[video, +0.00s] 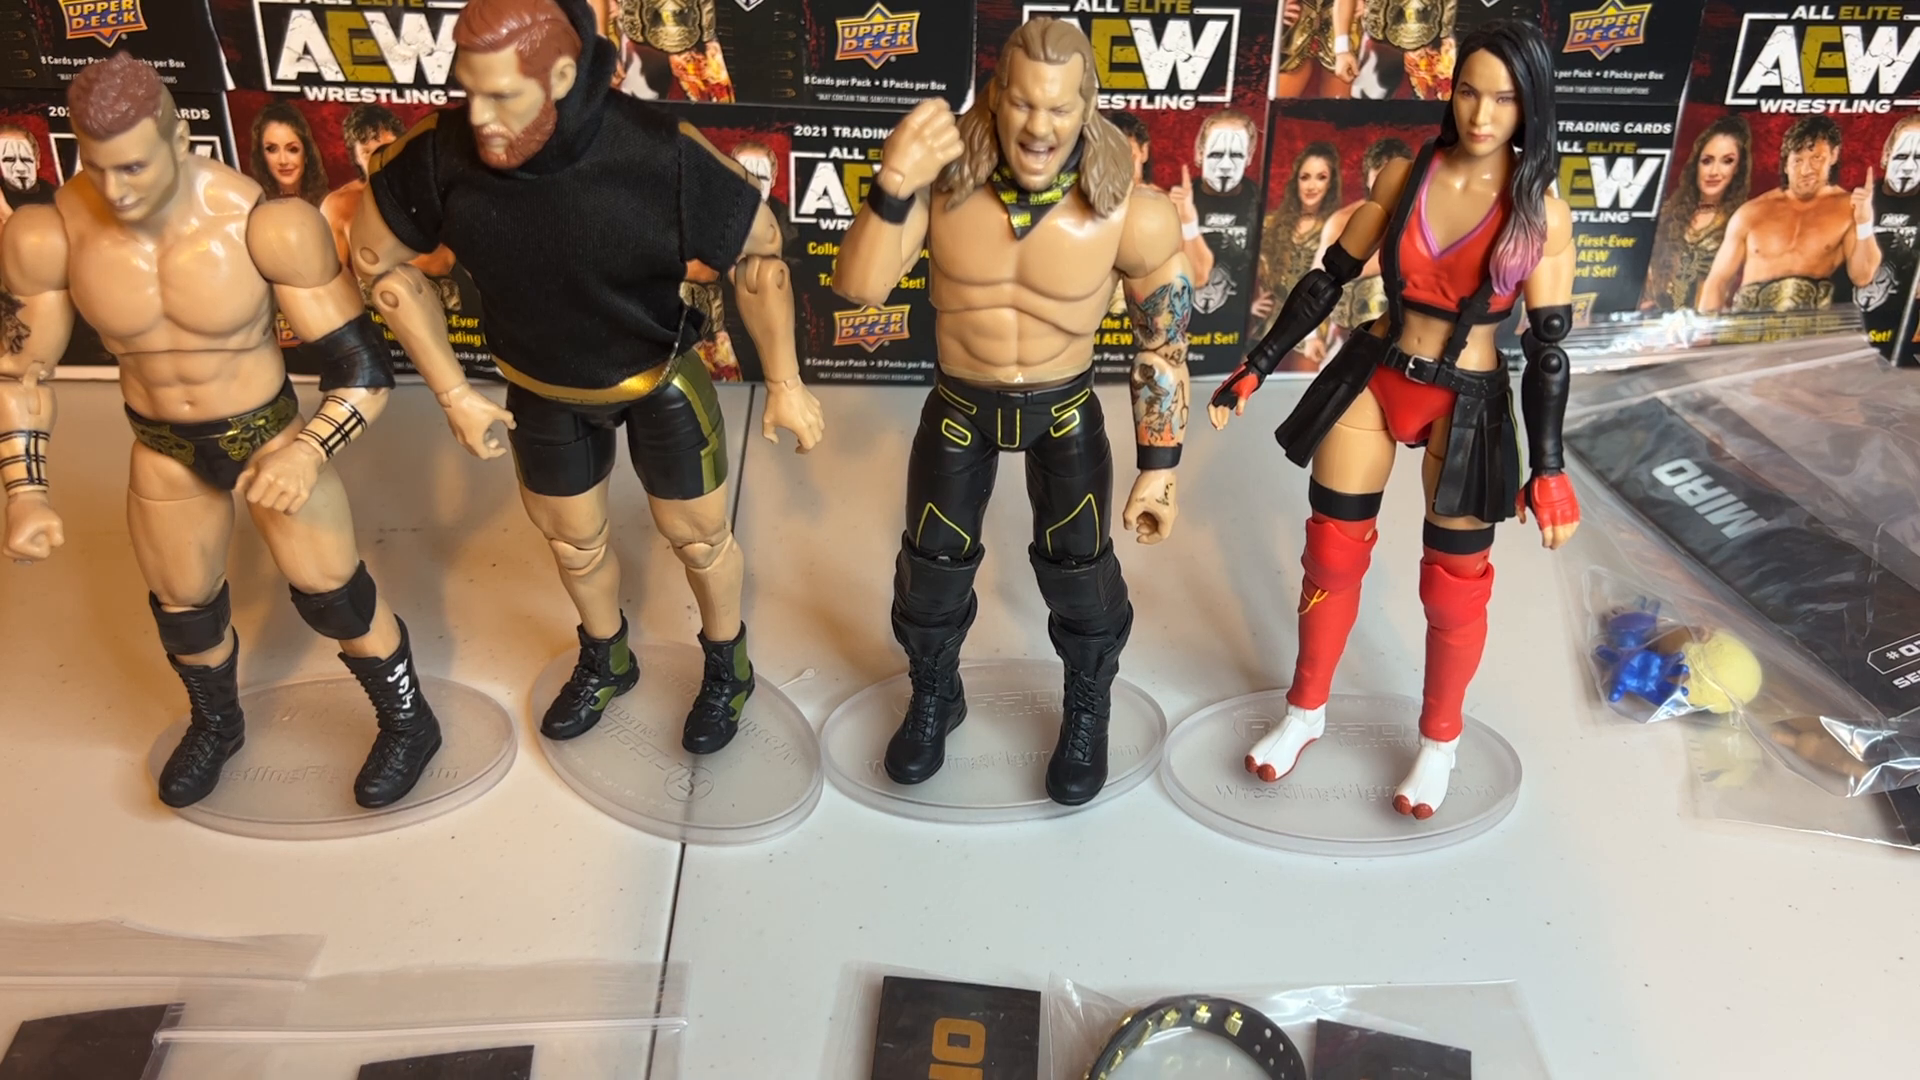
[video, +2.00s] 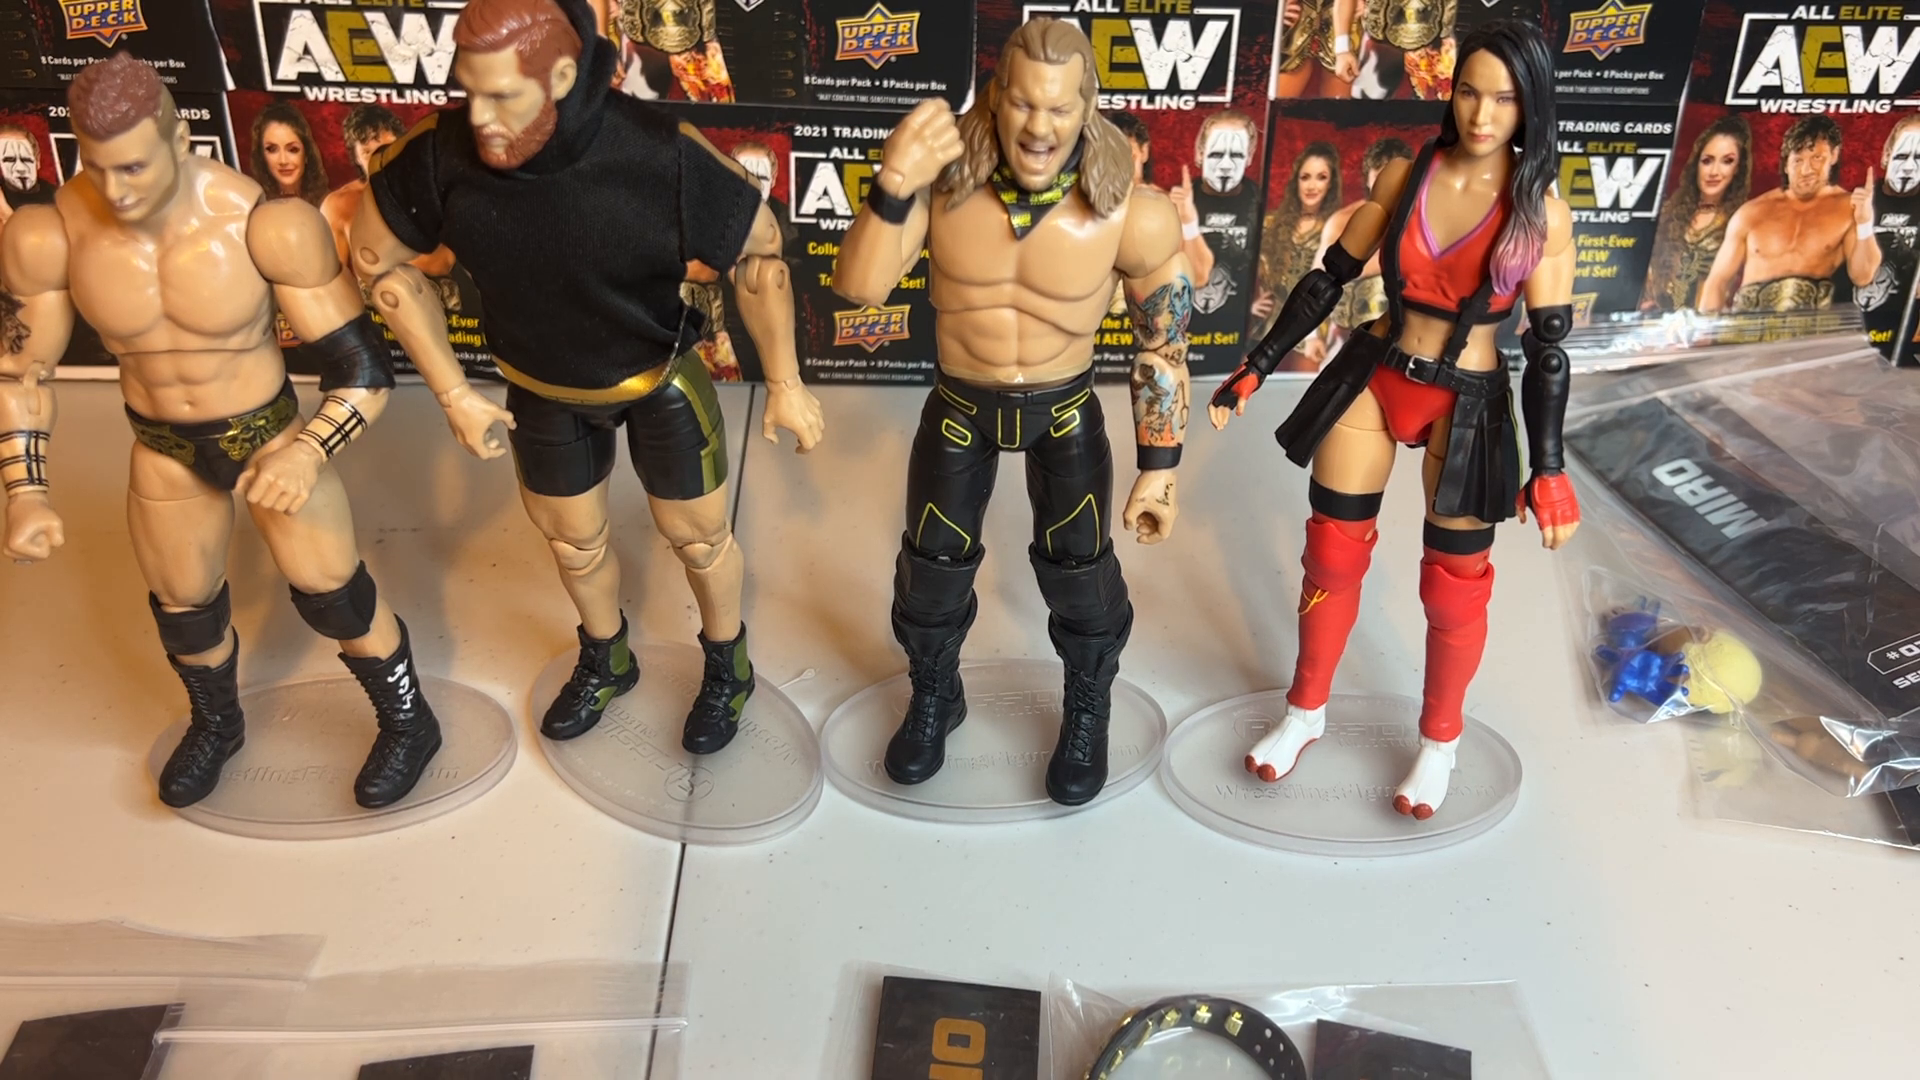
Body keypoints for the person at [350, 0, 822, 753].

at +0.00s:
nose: (481, 119)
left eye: (502, 96)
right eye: (468, 95)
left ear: (564, 76)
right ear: (456, 81)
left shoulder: (653, 155)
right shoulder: (442, 158)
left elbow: (757, 246)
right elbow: (373, 252)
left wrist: (784, 381)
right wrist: (452, 392)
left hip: (661, 382)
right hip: (542, 395)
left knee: (700, 541)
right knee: (575, 547)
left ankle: (726, 667)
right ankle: (607, 661)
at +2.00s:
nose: (481, 119)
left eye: (503, 96)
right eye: (468, 95)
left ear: (564, 77)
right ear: (457, 81)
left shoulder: (653, 156)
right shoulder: (443, 159)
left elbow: (757, 246)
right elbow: (372, 251)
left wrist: (784, 381)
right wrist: (452, 392)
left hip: (661, 382)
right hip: (542, 394)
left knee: (700, 540)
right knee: (575, 545)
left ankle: (726, 666)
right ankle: (607, 660)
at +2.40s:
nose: (481, 119)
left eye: (503, 96)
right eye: (468, 95)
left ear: (564, 76)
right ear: (456, 81)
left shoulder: (653, 155)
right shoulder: (442, 159)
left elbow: (757, 247)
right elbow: (372, 252)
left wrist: (784, 382)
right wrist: (452, 392)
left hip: (661, 381)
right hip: (542, 393)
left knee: (700, 540)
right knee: (575, 545)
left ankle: (726, 667)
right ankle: (606, 661)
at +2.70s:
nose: (481, 119)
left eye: (503, 96)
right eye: (468, 95)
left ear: (564, 76)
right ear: (457, 81)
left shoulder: (653, 155)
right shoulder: (443, 158)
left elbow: (757, 246)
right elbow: (372, 250)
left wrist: (784, 381)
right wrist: (452, 392)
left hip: (661, 382)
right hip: (542, 394)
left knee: (700, 540)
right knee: (575, 545)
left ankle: (726, 667)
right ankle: (607, 661)